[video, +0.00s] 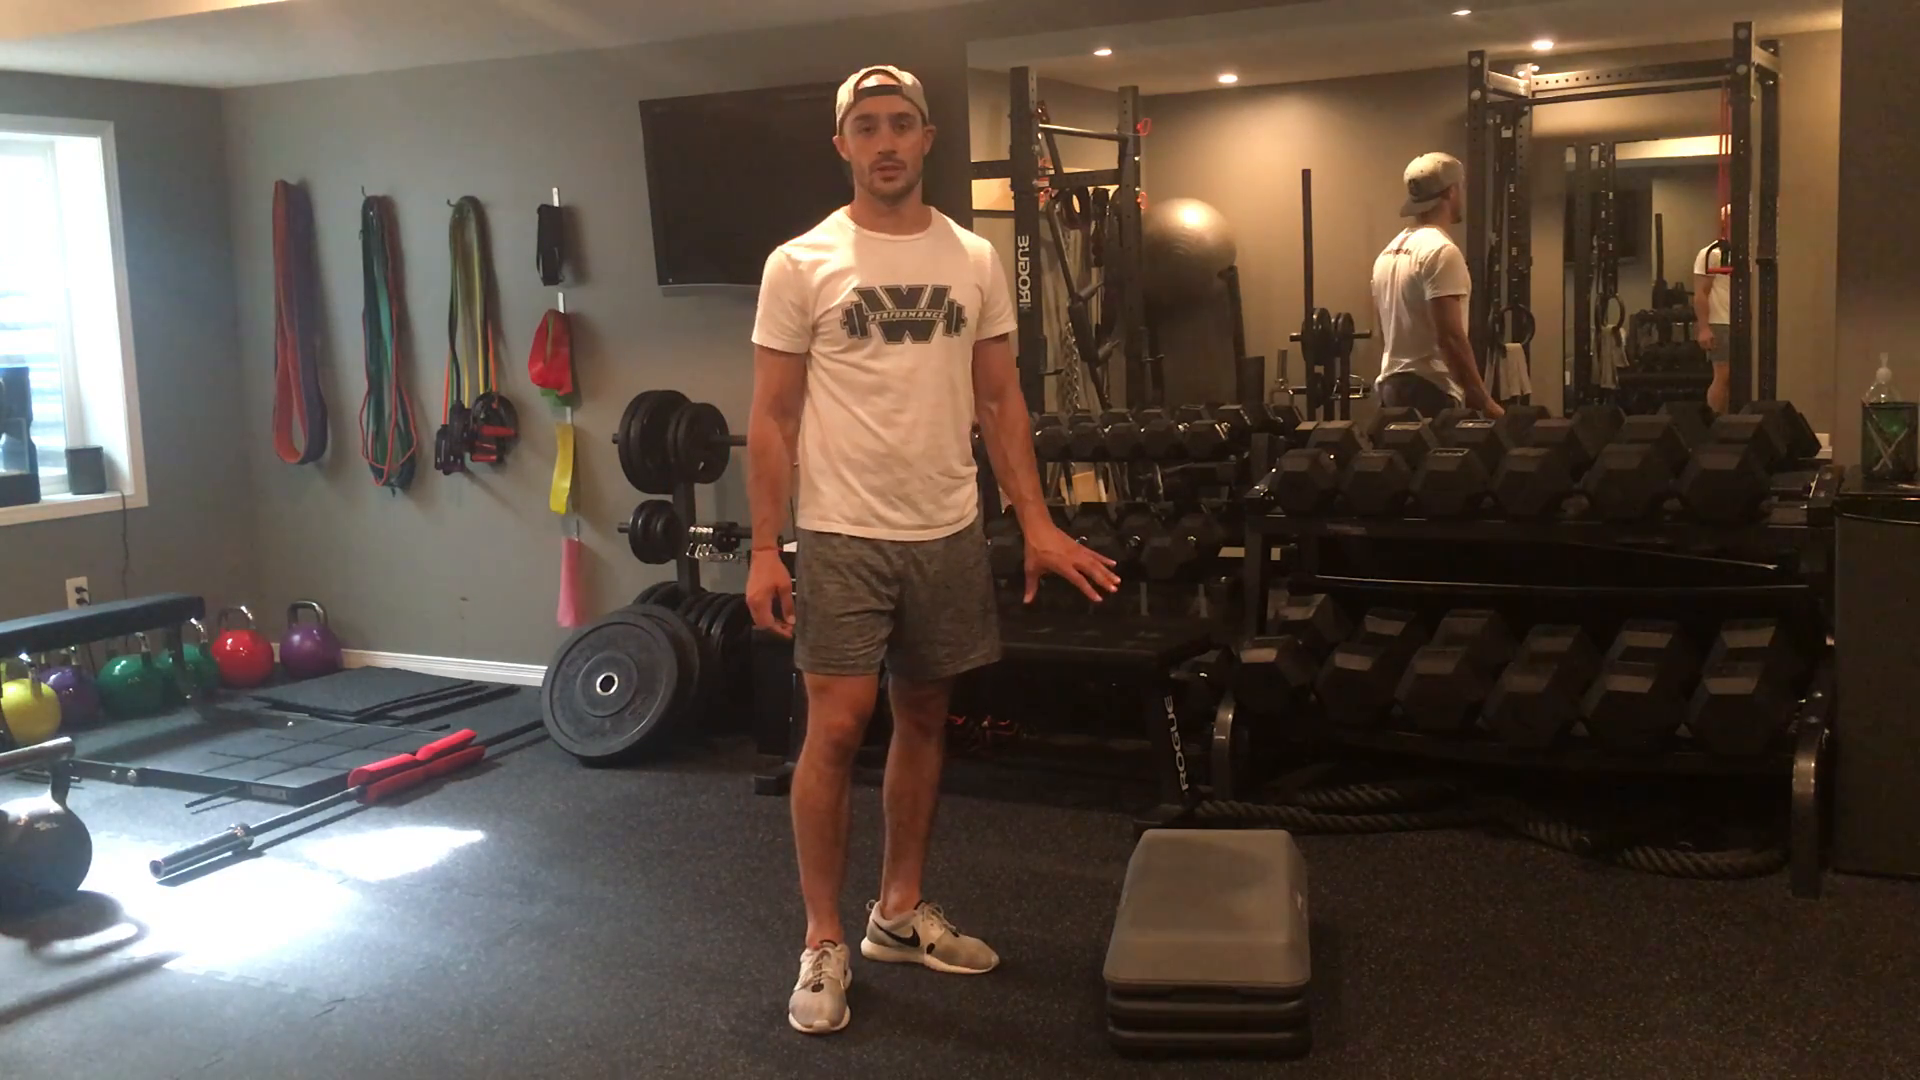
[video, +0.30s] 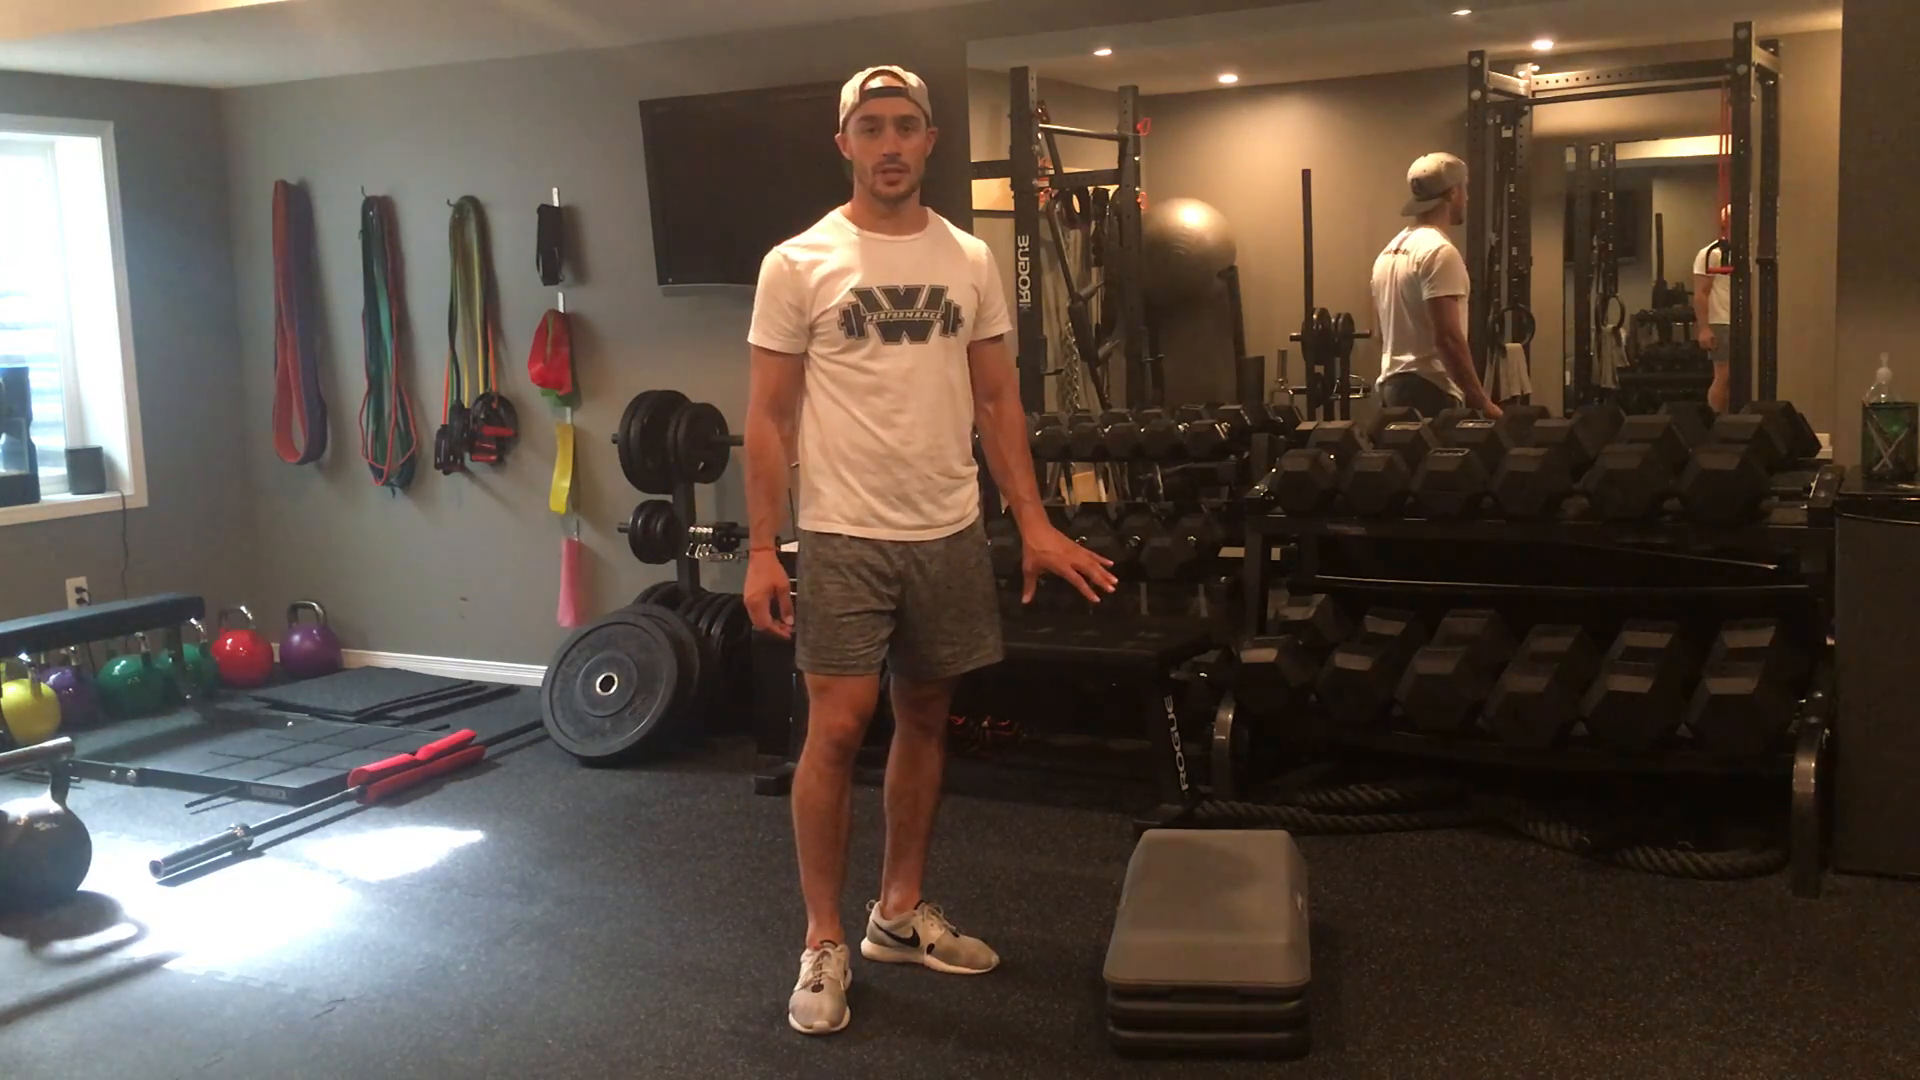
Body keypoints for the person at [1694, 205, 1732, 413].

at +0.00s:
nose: (1733, 223)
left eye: (1736, 217)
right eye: (1730, 217)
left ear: (1743, 220)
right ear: (1723, 221)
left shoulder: (1748, 253)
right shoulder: (1710, 254)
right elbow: (1701, 293)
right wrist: (1704, 327)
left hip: (1745, 325)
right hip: (1721, 324)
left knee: (1740, 378)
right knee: (1722, 377)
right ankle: (1715, 424)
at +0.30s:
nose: (1734, 224)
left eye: (1737, 218)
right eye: (1731, 218)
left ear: (1742, 221)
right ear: (1723, 222)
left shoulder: (1748, 253)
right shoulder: (1709, 254)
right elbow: (1701, 293)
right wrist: (1703, 327)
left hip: (1745, 324)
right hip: (1721, 324)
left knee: (1739, 377)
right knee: (1722, 377)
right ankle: (1716, 423)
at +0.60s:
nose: (1735, 226)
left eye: (1738, 221)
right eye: (1731, 221)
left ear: (1744, 223)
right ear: (1724, 222)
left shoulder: (1748, 253)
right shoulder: (1709, 254)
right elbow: (1700, 292)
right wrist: (1702, 326)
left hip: (1745, 324)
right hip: (1720, 324)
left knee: (1740, 378)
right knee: (1723, 377)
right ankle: (1715, 423)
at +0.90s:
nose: (1737, 225)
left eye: (1739, 219)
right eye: (1733, 219)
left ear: (1744, 222)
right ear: (1725, 222)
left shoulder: (1746, 252)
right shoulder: (1709, 252)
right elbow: (1698, 291)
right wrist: (1701, 326)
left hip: (1741, 323)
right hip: (1720, 323)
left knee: (1732, 378)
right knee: (1725, 377)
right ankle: (1701, 421)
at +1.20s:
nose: (1736, 226)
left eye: (1737, 220)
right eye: (1732, 220)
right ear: (1723, 222)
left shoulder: (1737, 251)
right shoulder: (1705, 253)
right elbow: (1698, 295)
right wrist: (1708, 329)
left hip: (1736, 325)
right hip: (1720, 325)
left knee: (1730, 383)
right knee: (1719, 381)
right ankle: (1698, 424)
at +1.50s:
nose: (1737, 228)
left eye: (1737, 223)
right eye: (1735, 223)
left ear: (1724, 222)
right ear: (1727, 222)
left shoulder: (1727, 251)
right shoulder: (1714, 250)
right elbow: (1705, 294)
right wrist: (1715, 330)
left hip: (1725, 322)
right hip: (1711, 324)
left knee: (1728, 379)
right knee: (1709, 379)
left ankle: (1727, 424)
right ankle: (1698, 424)